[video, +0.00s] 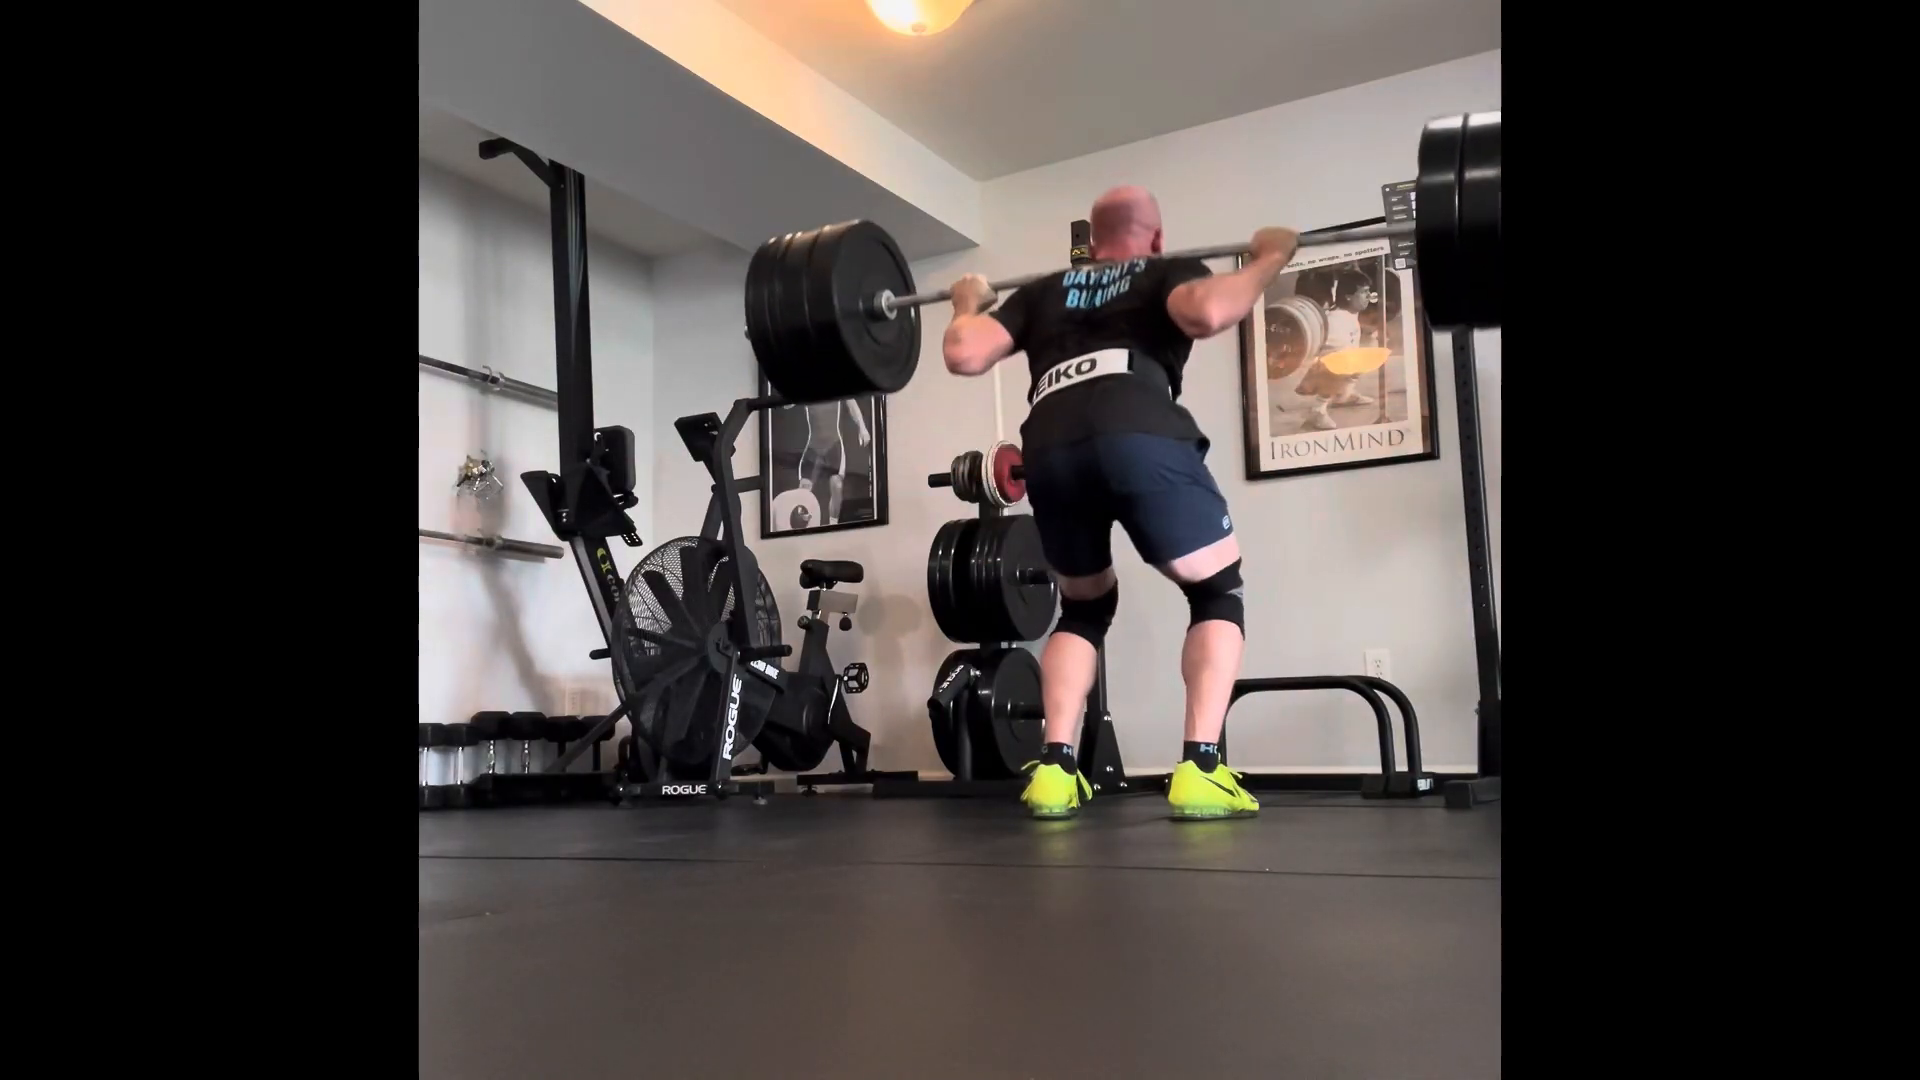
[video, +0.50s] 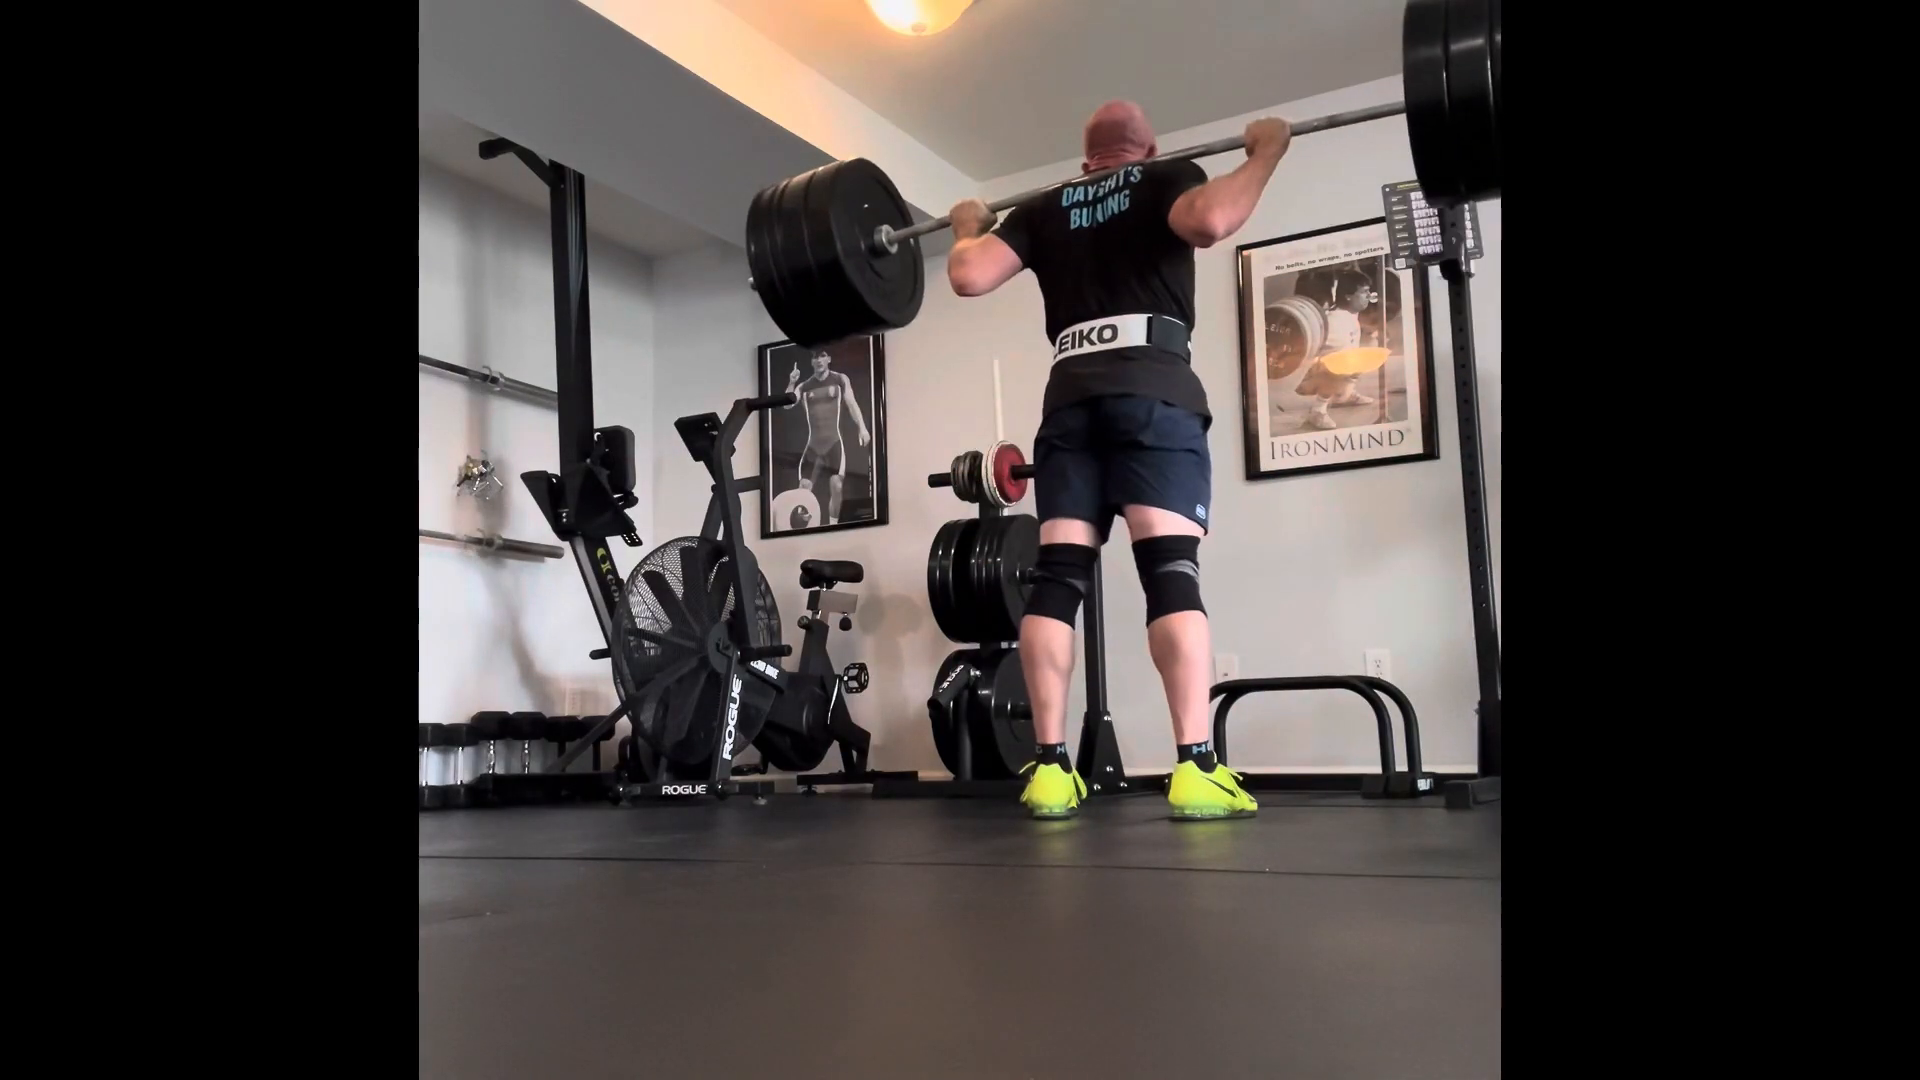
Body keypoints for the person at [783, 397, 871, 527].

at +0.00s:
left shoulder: (838, 392)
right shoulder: (806, 393)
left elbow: (852, 406)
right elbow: (787, 404)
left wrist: (862, 428)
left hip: (834, 445)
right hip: (813, 446)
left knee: (836, 484)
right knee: (804, 486)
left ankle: (833, 526)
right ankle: (799, 526)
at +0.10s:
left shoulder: (841, 380)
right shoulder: (803, 384)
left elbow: (851, 404)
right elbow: (787, 404)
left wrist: (862, 427)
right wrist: (793, 386)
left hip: (835, 444)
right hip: (813, 446)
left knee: (836, 484)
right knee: (805, 486)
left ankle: (833, 527)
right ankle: (800, 526)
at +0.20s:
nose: (818, 361)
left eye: (822, 356)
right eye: (815, 358)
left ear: (829, 359)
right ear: (811, 362)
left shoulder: (840, 379)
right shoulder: (804, 387)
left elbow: (851, 405)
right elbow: (787, 404)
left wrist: (862, 429)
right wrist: (791, 383)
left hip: (834, 443)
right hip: (813, 444)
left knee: (836, 485)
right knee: (805, 486)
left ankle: (832, 528)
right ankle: (802, 526)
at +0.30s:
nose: (818, 360)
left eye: (822, 356)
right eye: (815, 357)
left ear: (829, 359)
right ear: (811, 361)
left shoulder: (840, 380)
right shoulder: (803, 386)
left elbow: (851, 404)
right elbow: (787, 405)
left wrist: (862, 428)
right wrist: (791, 384)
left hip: (834, 442)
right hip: (813, 444)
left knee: (836, 485)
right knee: (804, 485)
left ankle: (832, 527)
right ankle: (803, 526)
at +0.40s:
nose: (818, 361)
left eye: (822, 356)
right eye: (815, 357)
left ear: (829, 359)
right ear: (811, 361)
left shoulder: (840, 379)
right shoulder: (803, 386)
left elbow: (851, 404)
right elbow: (787, 405)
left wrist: (862, 428)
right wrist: (791, 384)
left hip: (834, 442)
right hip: (813, 444)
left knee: (836, 485)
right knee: (804, 485)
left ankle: (832, 527)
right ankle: (803, 527)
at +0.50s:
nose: (819, 361)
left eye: (822, 357)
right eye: (815, 358)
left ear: (829, 359)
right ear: (811, 362)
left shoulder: (840, 379)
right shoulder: (803, 387)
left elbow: (851, 404)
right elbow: (787, 404)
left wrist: (862, 428)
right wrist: (792, 382)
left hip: (834, 443)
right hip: (813, 445)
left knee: (836, 485)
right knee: (804, 486)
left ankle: (832, 528)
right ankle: (802, 527)